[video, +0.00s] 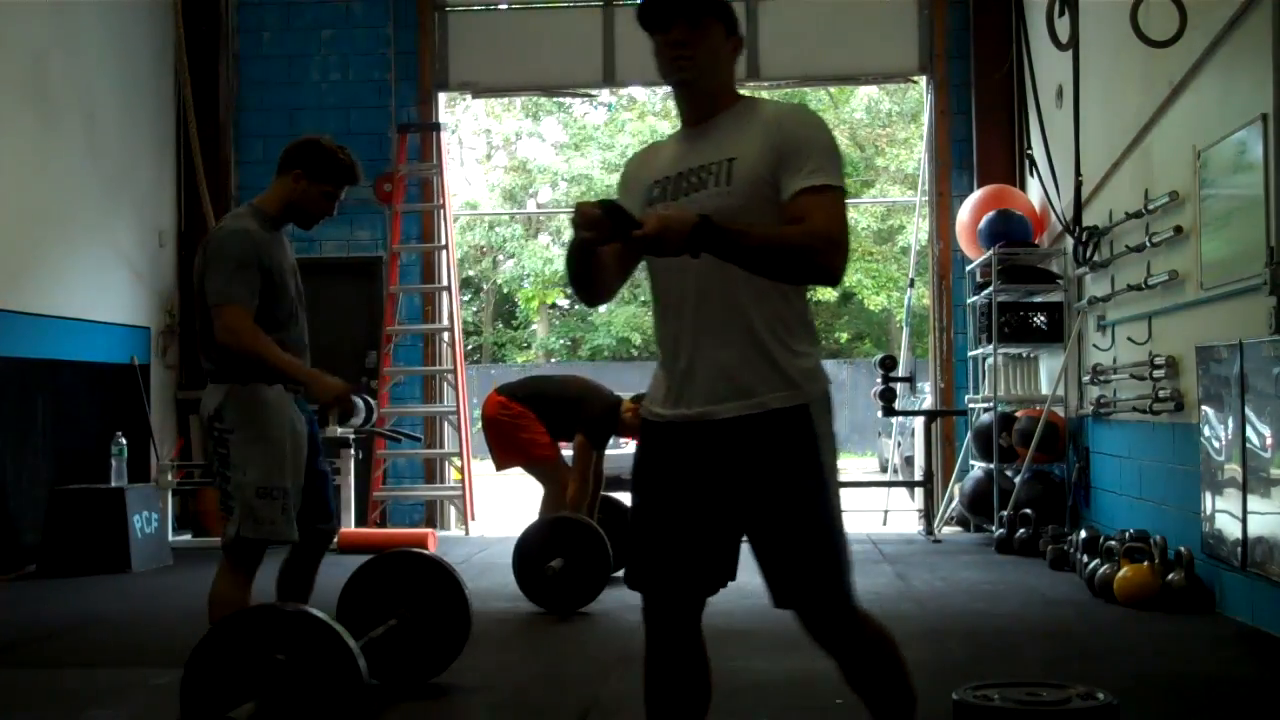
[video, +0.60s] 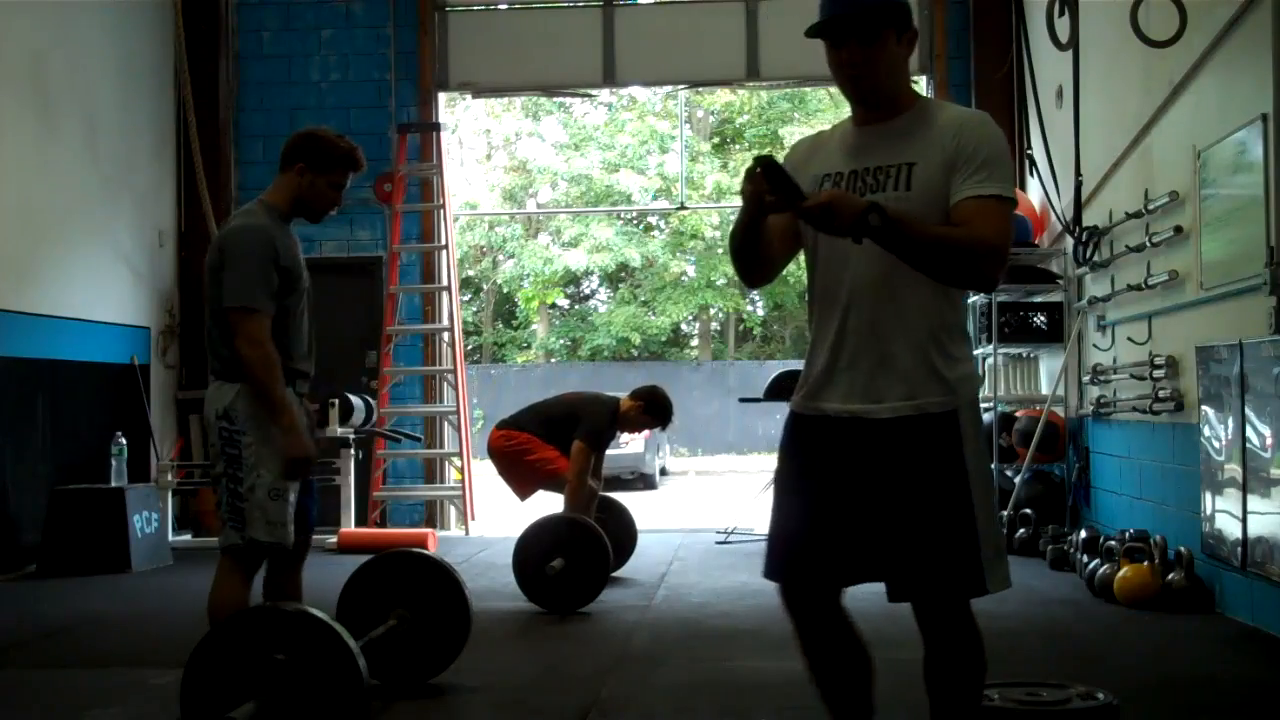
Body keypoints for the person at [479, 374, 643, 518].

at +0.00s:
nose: (631, 436)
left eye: (637, 433)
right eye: (636, 428)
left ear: (633, 409)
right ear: (633, 410)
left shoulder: (607, 414)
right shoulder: (599, 411)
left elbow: (595, 475)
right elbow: (580, 477)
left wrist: (587, 527)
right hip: (507, 408)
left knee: (560, 482)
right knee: (560, 481)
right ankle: (548, 551)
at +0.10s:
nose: (637, 437)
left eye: (643, 435)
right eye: (641, 430)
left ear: (635, 407)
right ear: (635, 409)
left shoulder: (609, 416)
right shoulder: (601, 412)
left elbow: (595, 475)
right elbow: (580, 477)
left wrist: (587, 526)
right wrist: (571, 533)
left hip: (517, 418)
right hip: (508, 417)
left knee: (570, 483)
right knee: (569, 483)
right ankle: (553, 550)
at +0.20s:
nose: (639, 437)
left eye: (645, 434)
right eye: (643, 430)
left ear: (636, 408)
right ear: (637, 410)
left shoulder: (610, 419)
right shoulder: (601, 413)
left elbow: (595, 480)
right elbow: (578, 481)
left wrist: (587, 535)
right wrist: (565, 539)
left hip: (523, 428)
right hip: (509, 426)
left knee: (588, 485)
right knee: (576, 487)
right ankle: (557, 554)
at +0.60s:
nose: (638, 433)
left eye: (644, 430)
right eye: (643, 426)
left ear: (636, 406)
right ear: (637, 407)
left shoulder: (609, 420)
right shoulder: (599, 413)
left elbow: (594, 478)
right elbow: (576, 479)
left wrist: (587, 534)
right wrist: (569, 537)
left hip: (525, 441)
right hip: (510, 438)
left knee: (590, 488)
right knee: (582, 488)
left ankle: (583, 551)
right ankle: (569, 552)